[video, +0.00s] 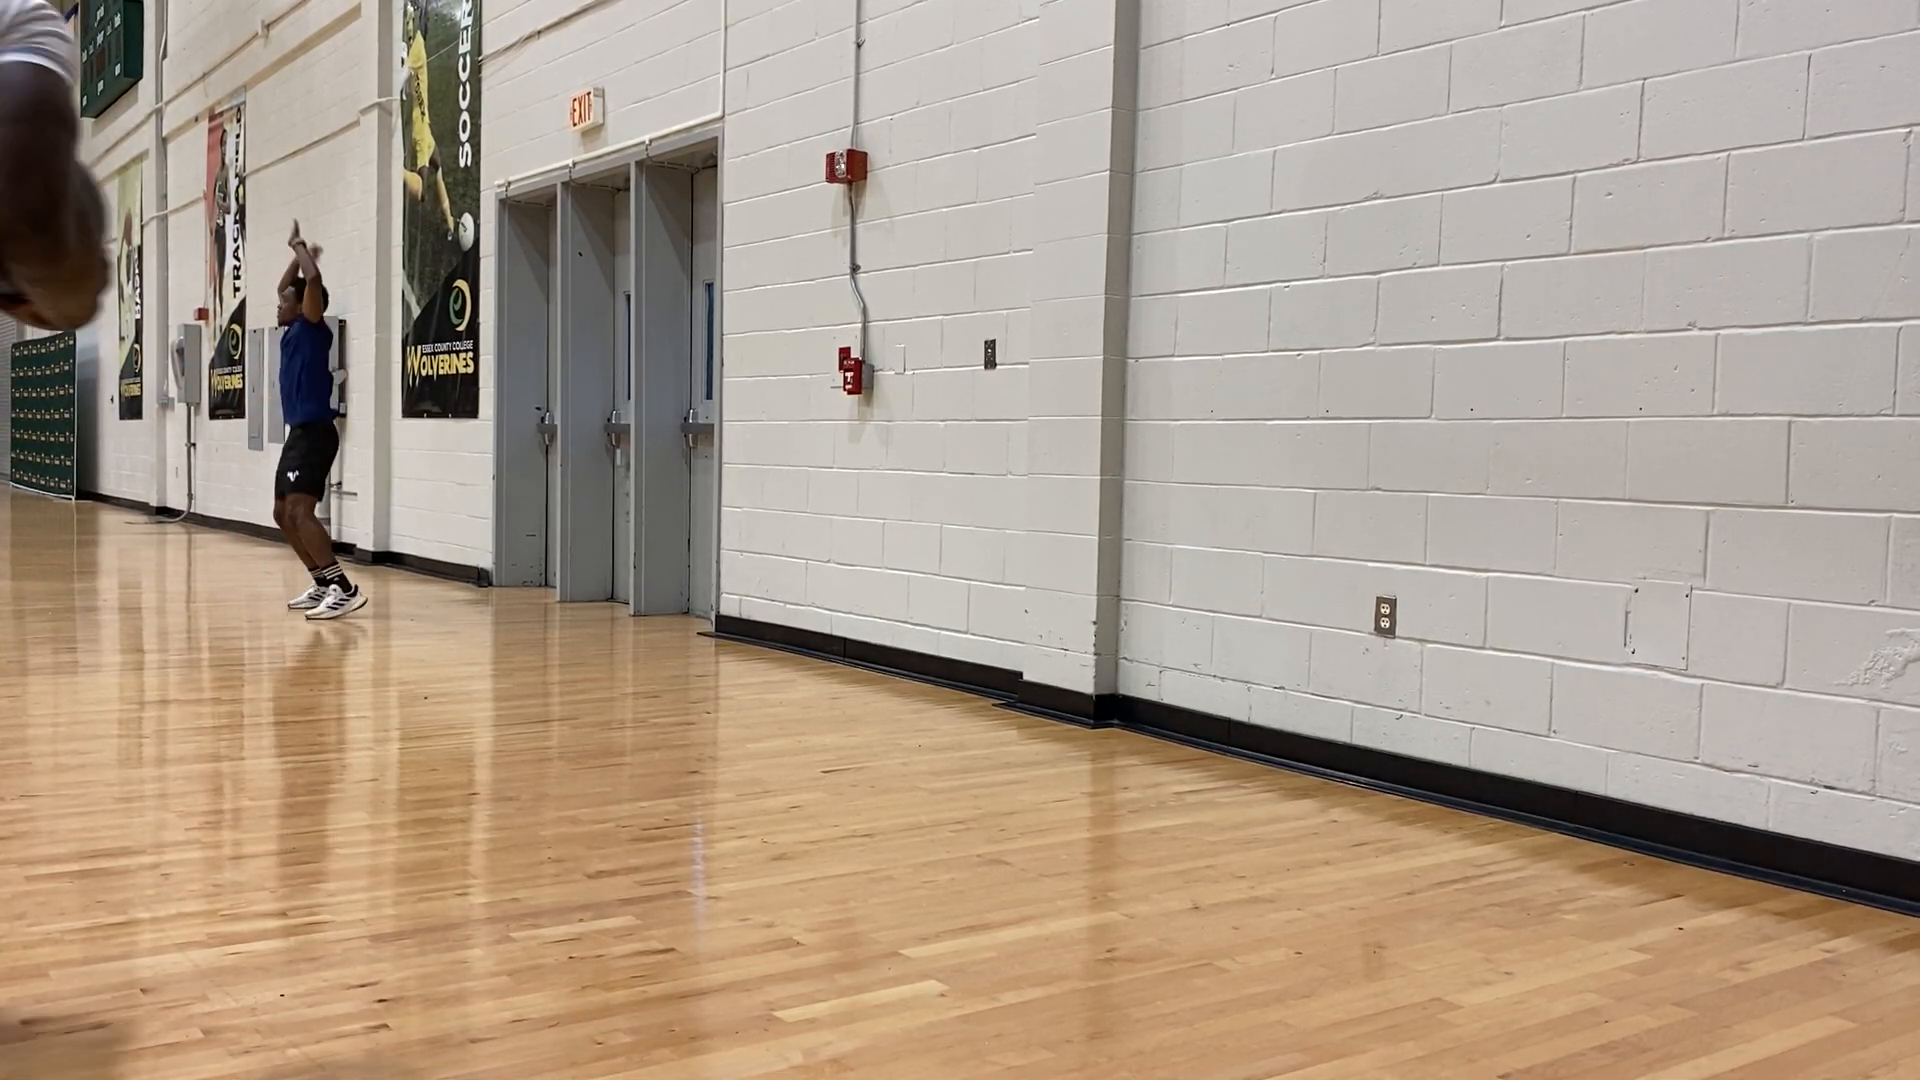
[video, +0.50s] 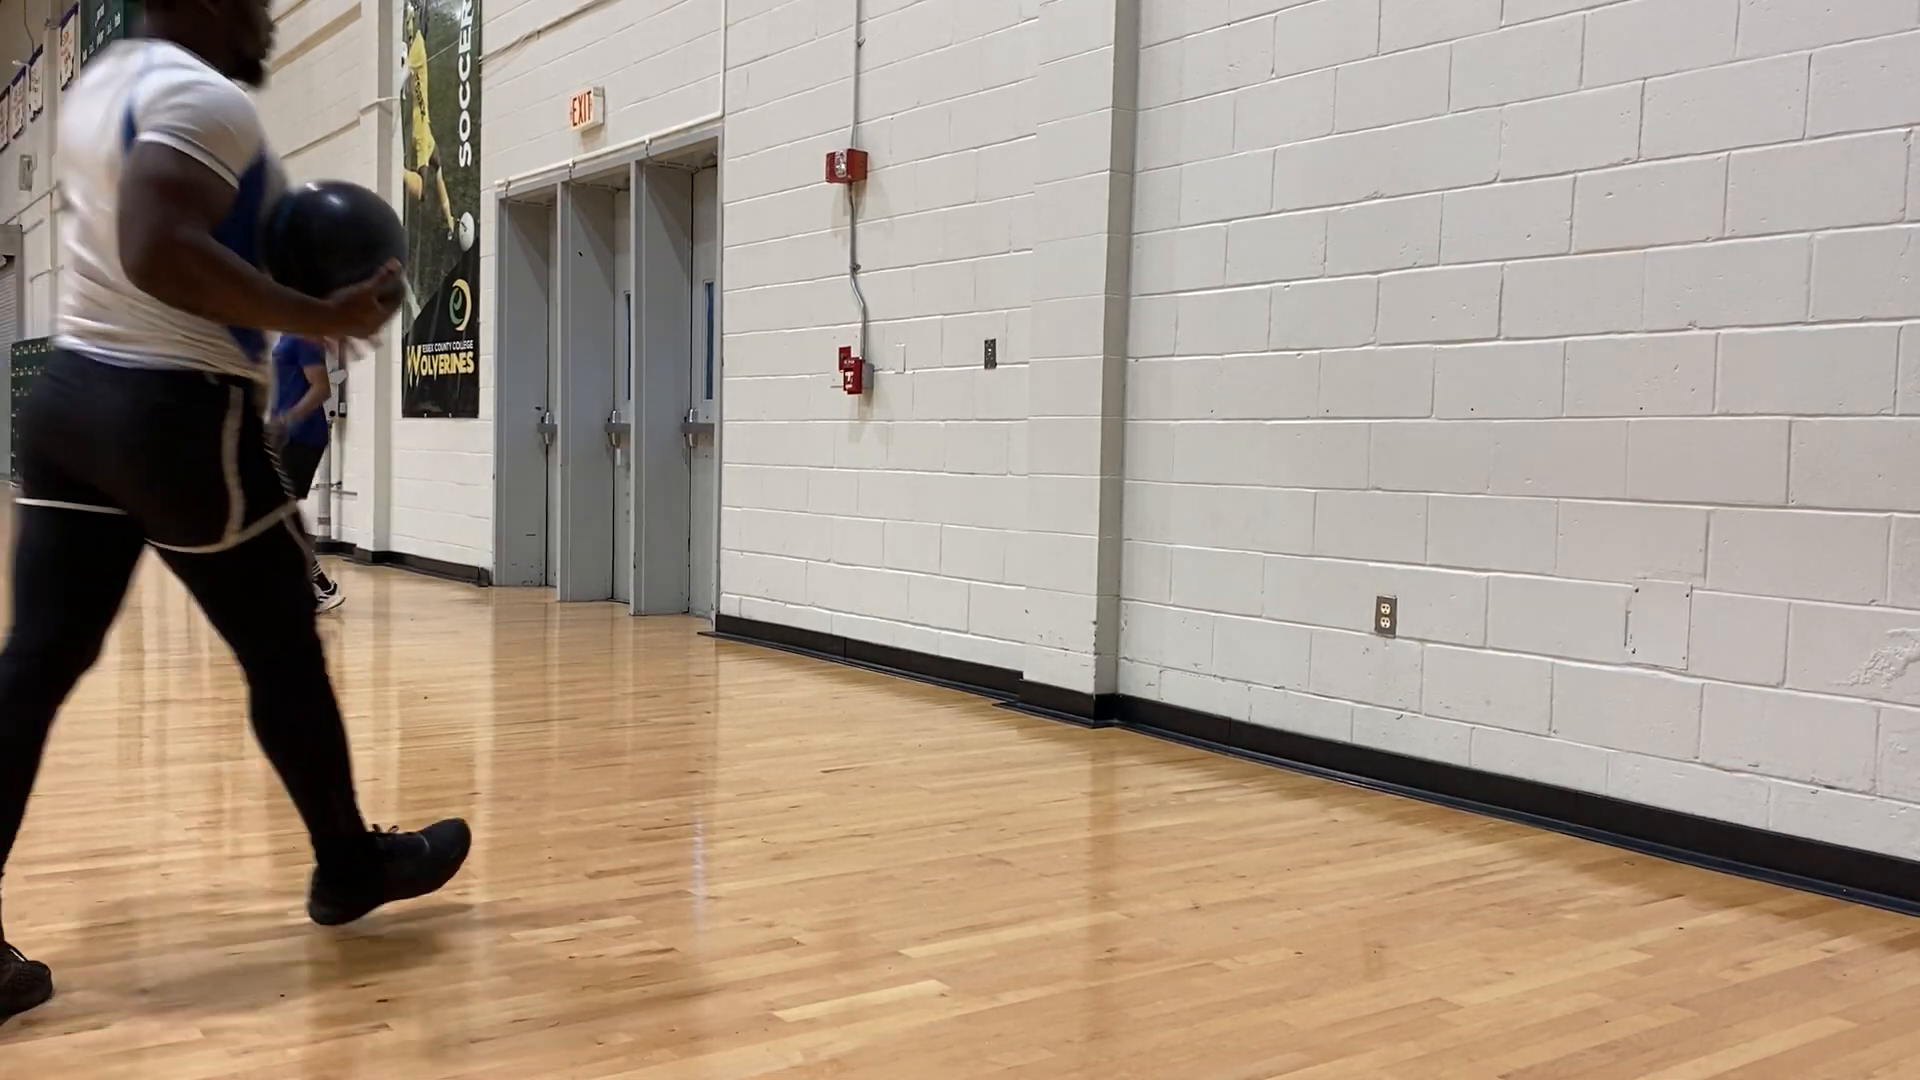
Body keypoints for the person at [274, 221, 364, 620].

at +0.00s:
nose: (283, 302)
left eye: (290, 298)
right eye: (285, 295)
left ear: (305, 304)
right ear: (288, 303)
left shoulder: (313, 329)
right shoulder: (291, 331)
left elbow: (313, 290)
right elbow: (284, 290)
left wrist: (306, 261)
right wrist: (300, 258)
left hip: (316, 432)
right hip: (299, 432)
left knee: (298, 511)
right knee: (282, 514)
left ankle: (342, 587)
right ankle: (322, 584)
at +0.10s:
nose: (285, 289)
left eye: (292, 283)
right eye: (286, 284)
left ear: (306, 292)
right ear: (292, 293)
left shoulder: (313, 320)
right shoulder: (293, 324)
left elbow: (311, 277)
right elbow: (276, 292)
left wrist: (296, 235)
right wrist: (278, 254)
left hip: (312, 422)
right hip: (294, 424)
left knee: (303, 500)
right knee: (286, 504)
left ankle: (338, 582)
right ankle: (320, 580)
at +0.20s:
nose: (284, 271)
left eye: (292, 267)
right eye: (287, 266)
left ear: (308, 277)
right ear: (296, 277)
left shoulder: (315, 308)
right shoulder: (289, 312)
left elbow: (316, 287)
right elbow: (272, 314)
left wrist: (288, 256)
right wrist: (249, 289)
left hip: (308, 407)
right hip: (289, 408)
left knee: (302, 487)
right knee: (288, 489)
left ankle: (327, 571)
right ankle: (311, 570)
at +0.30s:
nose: (286, 275)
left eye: (291, 270)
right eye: (289, 269)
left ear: (302, 277)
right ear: (306, 279)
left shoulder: (310, 304)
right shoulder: (294, 313)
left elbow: (325, 337)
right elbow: (281, 360)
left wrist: (288, 342)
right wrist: (242, 356)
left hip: (304, 407)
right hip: (288, 407)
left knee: (292, 489)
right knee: (288, 490)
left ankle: (317, 573)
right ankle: (311, 572)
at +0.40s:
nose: (275, 302)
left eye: (280, 295)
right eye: (277, 295)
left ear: (290, 299)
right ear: (293, 300)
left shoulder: (306, 331)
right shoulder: (288, 336)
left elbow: (326, 383)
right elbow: (288, 399)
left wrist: (294, 417)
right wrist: (259, 425)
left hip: (307, 428)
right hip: (290, 427)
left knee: (279, 506)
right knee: (276, 507)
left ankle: (320, 584)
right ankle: (318, 584)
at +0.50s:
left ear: (299, 305)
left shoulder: (303, 339)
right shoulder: (288, 338)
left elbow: (321, 387)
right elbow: (294, 385)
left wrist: (288, 418)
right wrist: (276, 417)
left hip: (305, 432)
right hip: (290, 430)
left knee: (283, 507)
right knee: (281, 506)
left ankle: (321, 585)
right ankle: (313, 584)